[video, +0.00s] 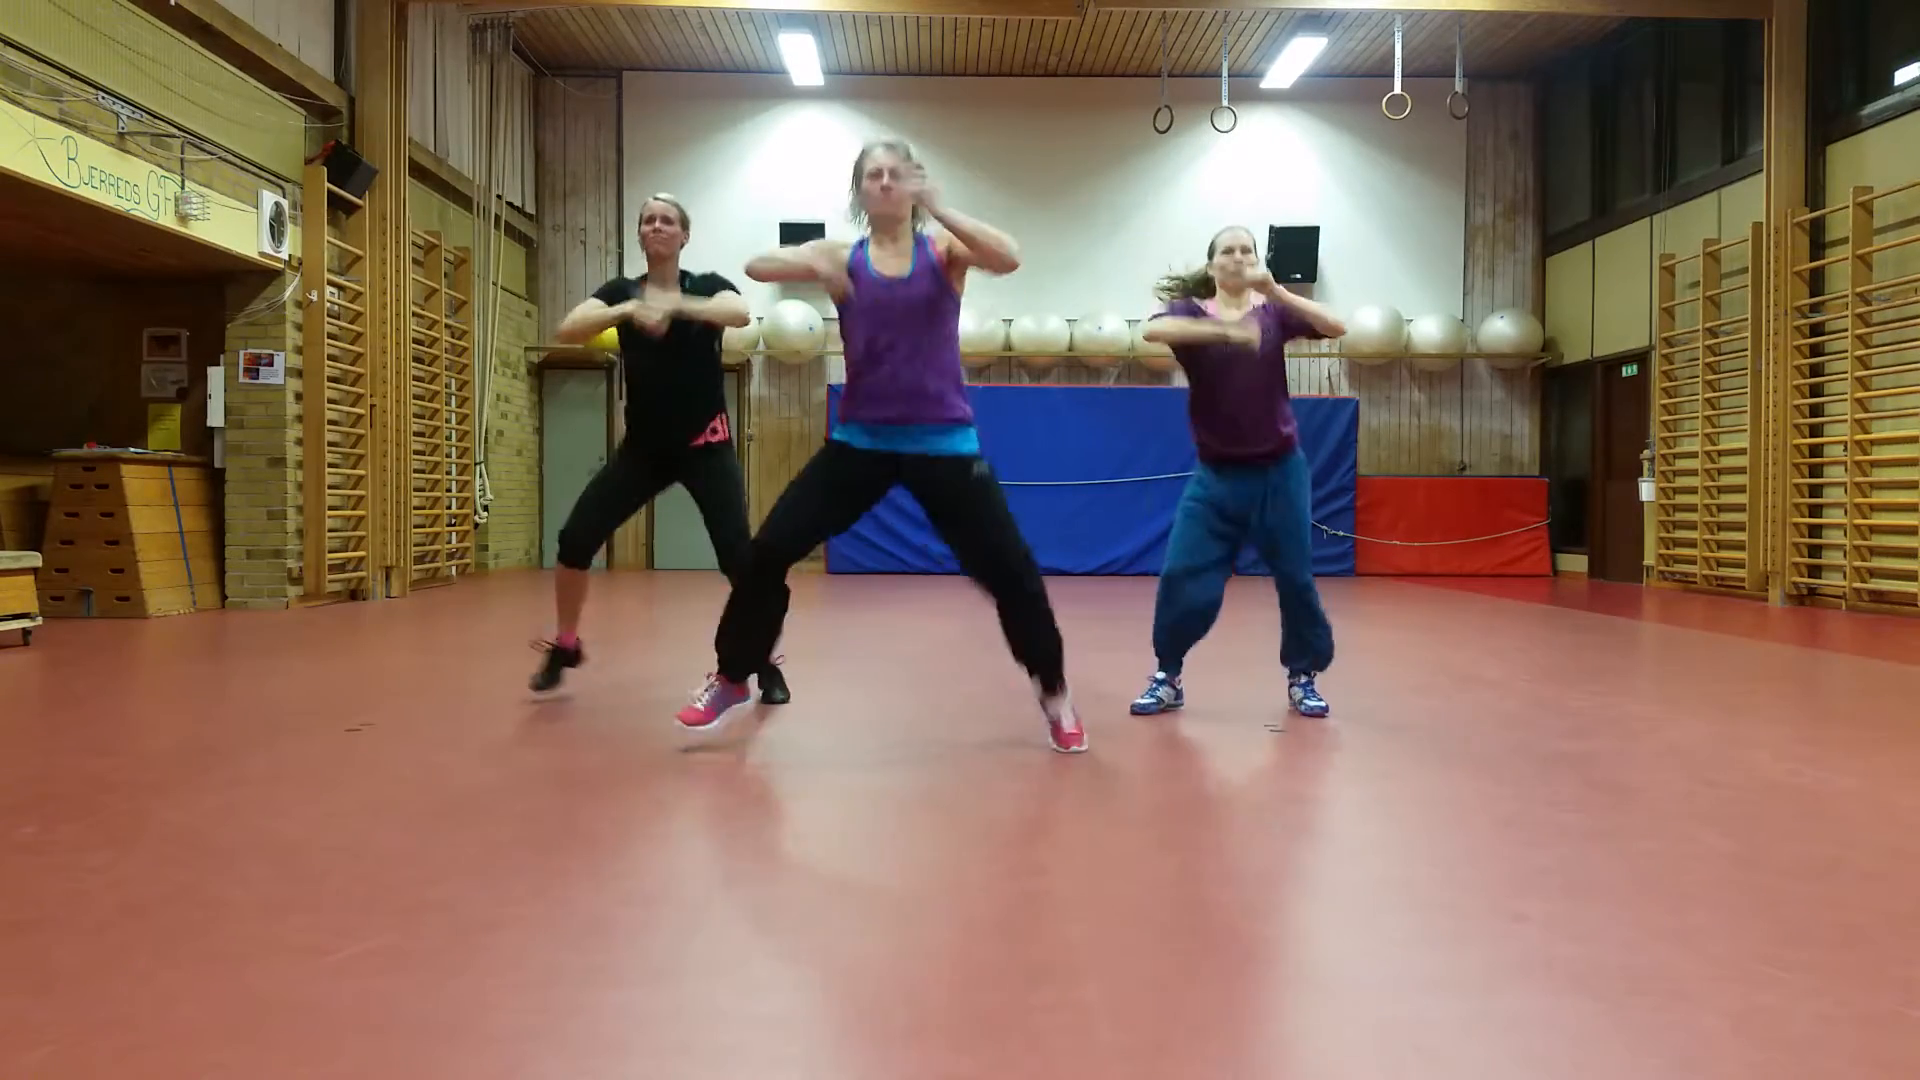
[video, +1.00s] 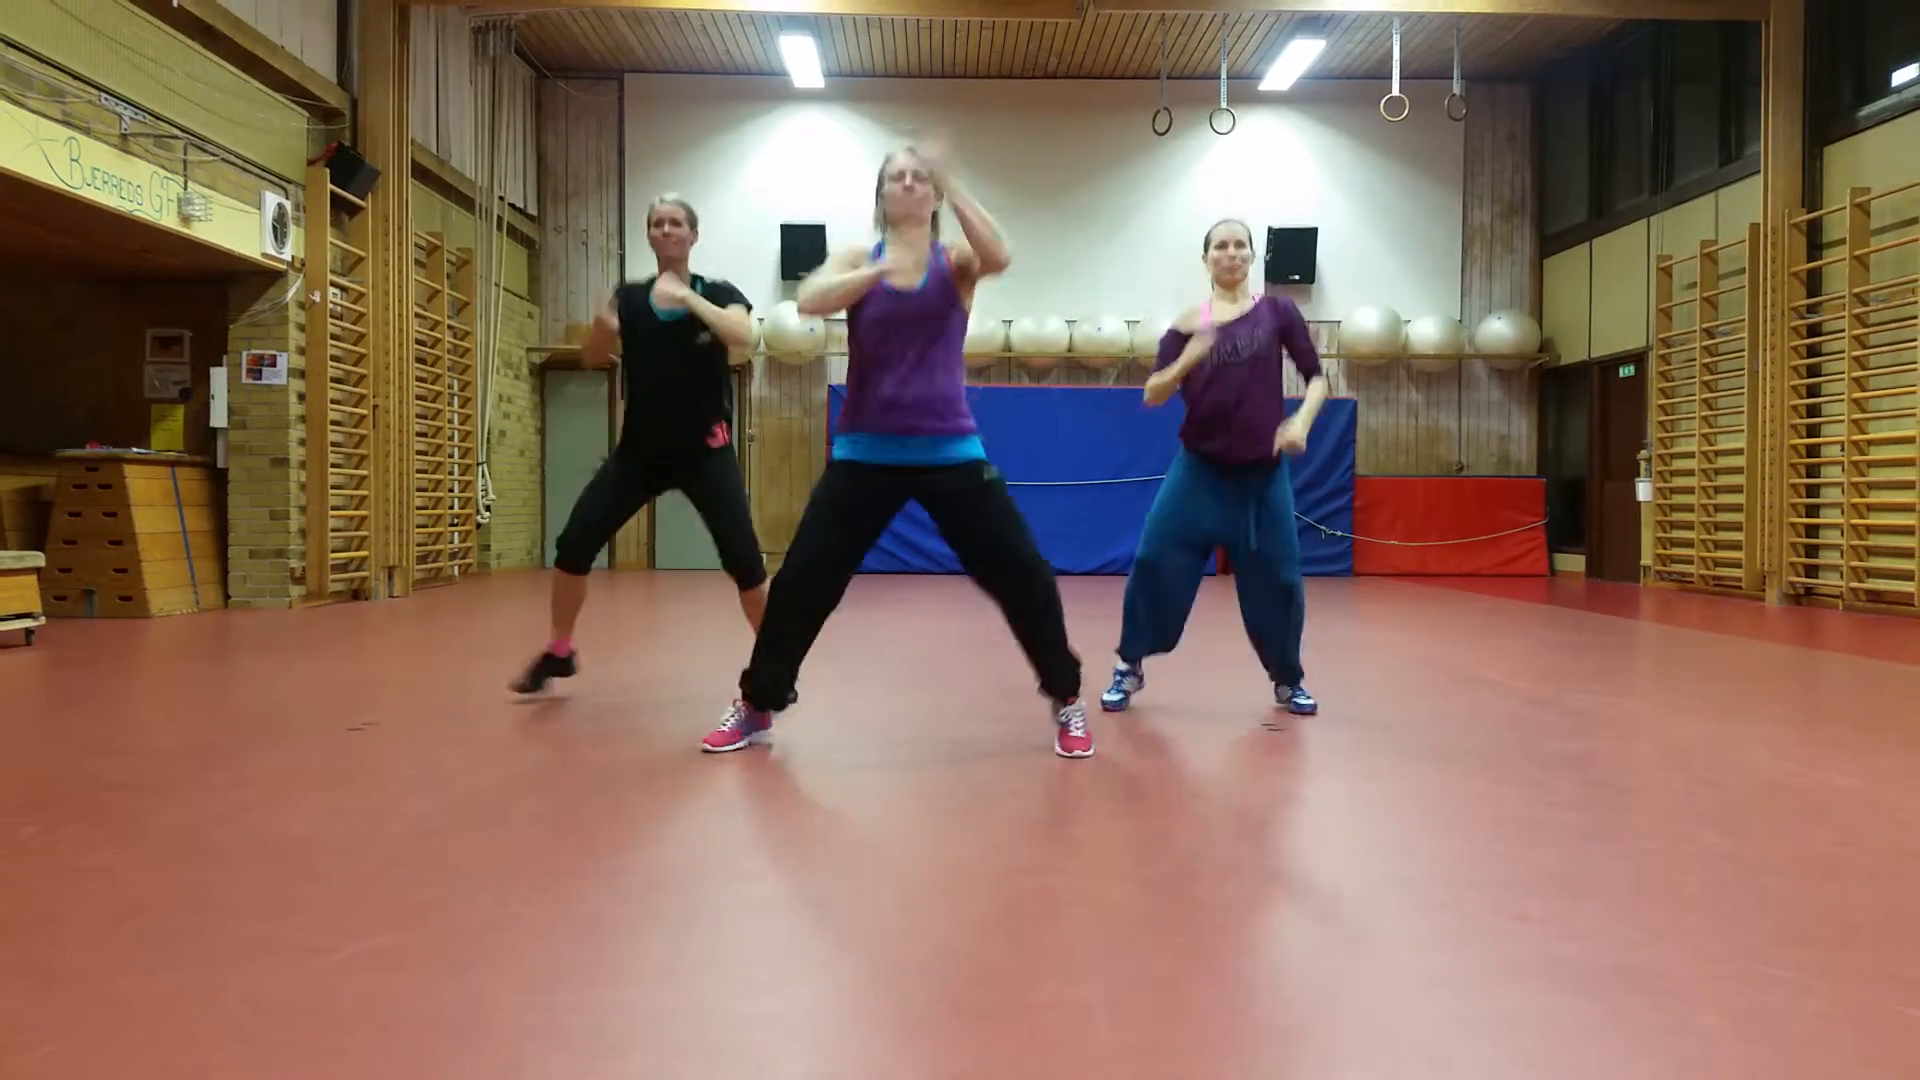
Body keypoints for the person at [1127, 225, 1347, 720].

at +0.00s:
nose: (1239, 258)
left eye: (1247, 251)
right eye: (1228, 251)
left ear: (1259, 263)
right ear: (1211, 263)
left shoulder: (1274, 312)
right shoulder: (1191, 311)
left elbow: (1335, 327)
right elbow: (1154, 331)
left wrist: (1279, 291)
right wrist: (1223, 328)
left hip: (1280, 465)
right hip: (1216, 468)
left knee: (1295, 576)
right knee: (1179, 571)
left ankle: (1303, 678)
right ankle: (1167, 679)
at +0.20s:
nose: (1234, 241)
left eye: (1242, 234)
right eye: (1223, 235)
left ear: (1255, 247)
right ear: (1208, 250)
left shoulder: (1277, 298)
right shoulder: (1193, 300)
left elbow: (1336, 309)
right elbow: (1157, 314)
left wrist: (1274, 282)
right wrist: (1210, 290)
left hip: (1274, 458)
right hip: (1209, 459)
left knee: (1295, 564)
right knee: (1173, 559)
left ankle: (1303, 677)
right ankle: (1156, 671)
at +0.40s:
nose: (1233, 242)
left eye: (1242, 235)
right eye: (1223, 237)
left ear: (1255, 250)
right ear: (1207, 252)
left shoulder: (1278, 302)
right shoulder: (1188, 304)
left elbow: (1331, 345)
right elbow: (1156, 356)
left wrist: (1282, 341)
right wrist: (1209, 307)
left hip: (1264, 455)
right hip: (1201, 455)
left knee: (1282, 565)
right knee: (1176, 565)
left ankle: (1286, 673)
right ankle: (1154, 671)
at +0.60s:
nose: (1238, 240)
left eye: (1246, 233)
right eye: (1228, 234)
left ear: (1260, 247)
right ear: (1213, 249)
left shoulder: (1283, 304)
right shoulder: (1188, 311)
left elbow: (1331, 368)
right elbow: (1145, 375)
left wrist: (1328, 354)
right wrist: (1157, 336)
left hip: (1267, 461)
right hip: (1203, 459)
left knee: (1274, 570)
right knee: (1168, 557)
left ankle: (1280, 681)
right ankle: (1146, 668)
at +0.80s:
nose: (1234, 248)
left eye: (1242, 241)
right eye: (1224, 241)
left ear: (1256, 254)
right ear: (1208, 254)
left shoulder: (1272, 314)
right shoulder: (1180, 308)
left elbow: (1309, 374)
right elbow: (1131, 356)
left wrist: (1318, 435)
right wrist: (1127, 405)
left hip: (1253, 461)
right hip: (1187, 461)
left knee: (1288, 562)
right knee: (1158, 563)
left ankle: (1295, 666)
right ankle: (1128, 668)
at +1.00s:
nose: (1231, 254)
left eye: (1240, 246)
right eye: (1222, 246)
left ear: (1252, 256)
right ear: (1206, 259)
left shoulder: (1278, 312)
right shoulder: (1187, 326)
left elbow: (1317, 377)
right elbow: (1152, 396)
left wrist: (1300, 423)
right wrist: (1189, 355)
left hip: (1264, 468)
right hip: (1198, 466)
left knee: (1280, 575)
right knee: (1152, 557)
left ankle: (1287, 680)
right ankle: (1128, 668)